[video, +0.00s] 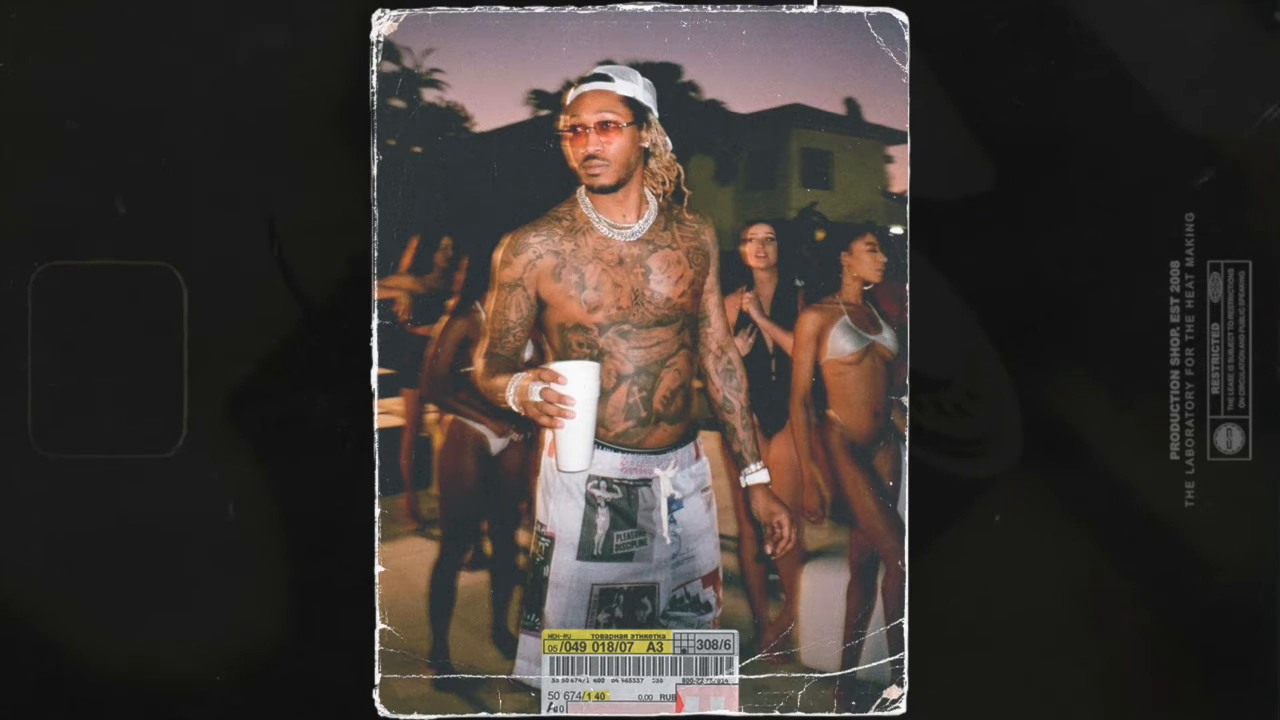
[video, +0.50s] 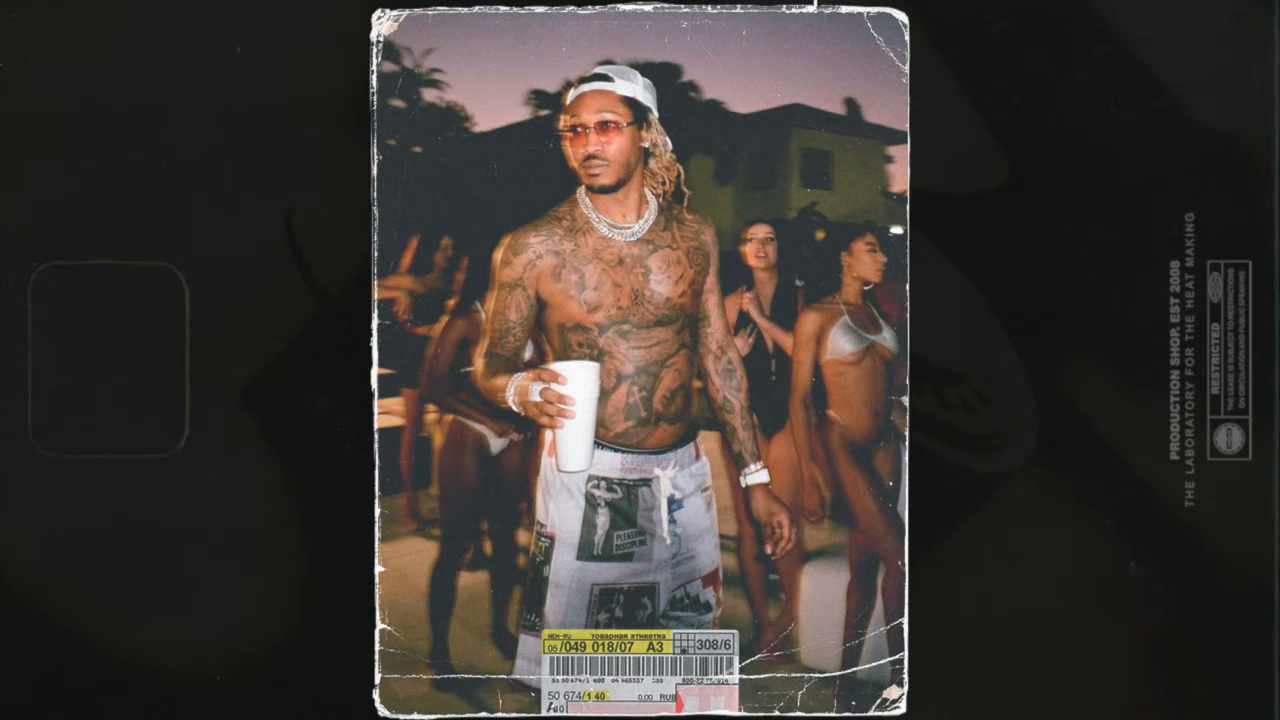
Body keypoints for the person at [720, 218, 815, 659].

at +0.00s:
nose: (759, 249)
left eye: (767, 242)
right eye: (751, 242)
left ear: (781, 249)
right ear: (741, 250)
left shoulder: (797, 296)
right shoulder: (730, 300)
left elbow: (803, 351)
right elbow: (714, 364)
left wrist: (761, 317)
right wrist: (735, 342)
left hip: (784, 419)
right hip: (739, 420)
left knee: (783, 521)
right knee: (748, 525)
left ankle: (794, 612)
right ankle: (762, 621)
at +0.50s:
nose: (759, 249)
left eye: (767, 242)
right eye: (752, 242)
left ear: (781, 249)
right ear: (740, 250)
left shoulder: (797, 296)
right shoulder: (731, 300)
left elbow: (803, 351)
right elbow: (714, 365)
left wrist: (761, 318)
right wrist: (735, 344)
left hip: (784, 420)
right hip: (739, 421)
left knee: (783, 521)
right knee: (748, 526)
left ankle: (793, 613)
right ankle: (762, 621)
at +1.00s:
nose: (760, 249)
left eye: (768, 241)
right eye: (752, 242)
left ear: (781, 249)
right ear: (741, 250)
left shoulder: (798, 296)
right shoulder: (731, 300)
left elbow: (804, 352)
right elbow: (714, 364)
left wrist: (762, 319)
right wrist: (733, 344)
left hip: (784, 419)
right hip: (738, 420)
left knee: (785, 521)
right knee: (749, 527)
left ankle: (794, 613)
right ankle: (763, 623)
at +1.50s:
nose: (760, 249)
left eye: (768, 242)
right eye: (752, 242)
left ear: (781, 249)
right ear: (741, 250)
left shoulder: (798, 296)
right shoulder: (731, 300)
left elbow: (804, 352)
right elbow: (713, 364)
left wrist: (762, 319)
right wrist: (733, 348)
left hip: (784, 419)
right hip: (739, 420)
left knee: (784, 521)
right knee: (749, 526)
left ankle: (793, 613)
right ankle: (763, 622)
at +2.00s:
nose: (760, 249)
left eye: (768, 242)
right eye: (752, 242)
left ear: (781, 249)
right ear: (741, 250)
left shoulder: (798, 296)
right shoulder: (731, 301)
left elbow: (804, 352)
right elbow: (713, 365)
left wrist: (761, 319)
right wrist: (733, 348)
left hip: (784, 419)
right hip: (739, 420)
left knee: (784, 521)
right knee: (749, 527)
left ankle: (793, 613)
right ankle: (762, 622)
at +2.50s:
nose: (760, 249)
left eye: (768, 241)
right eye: (752, 241)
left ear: (781, 249)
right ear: (741, 250)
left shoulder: (797, 295)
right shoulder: (731, 299)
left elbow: (803, 352)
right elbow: (714, 363)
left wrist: (761, 317)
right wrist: (735, 339)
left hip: (784, 419)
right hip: (738, 421)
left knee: (784, 521)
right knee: (748, 526)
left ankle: (793, 614)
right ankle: (762, 623)